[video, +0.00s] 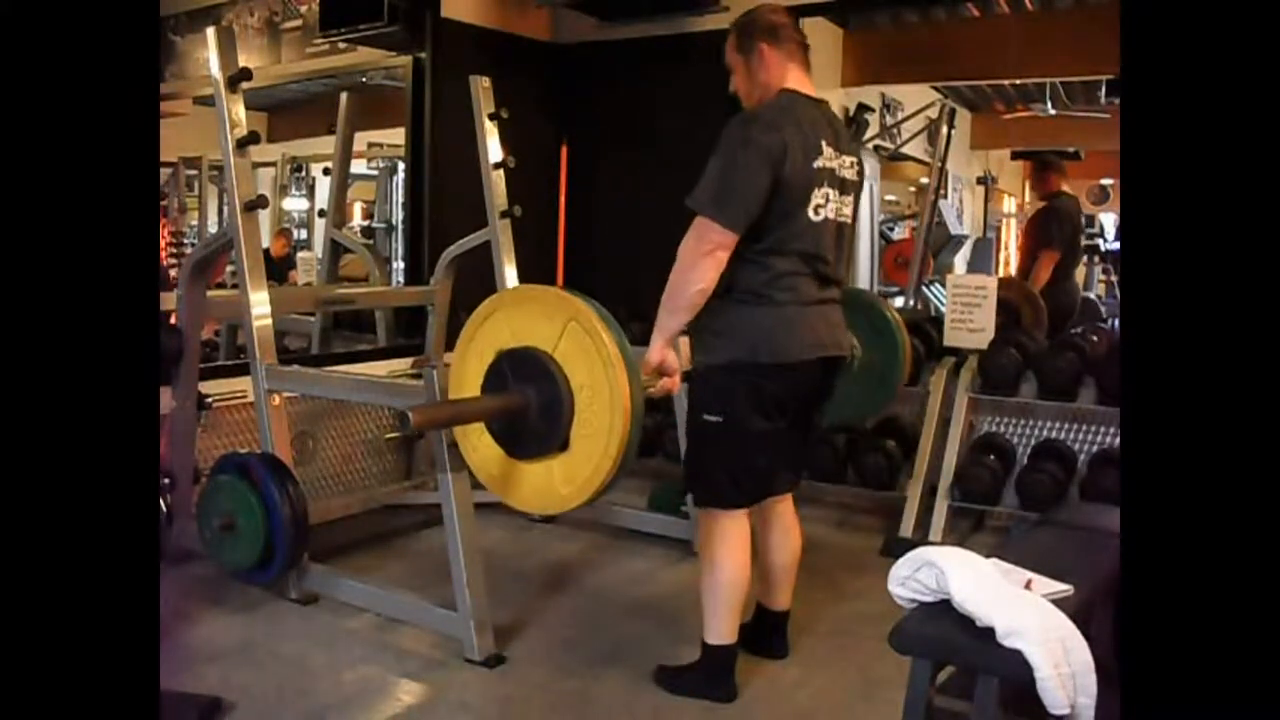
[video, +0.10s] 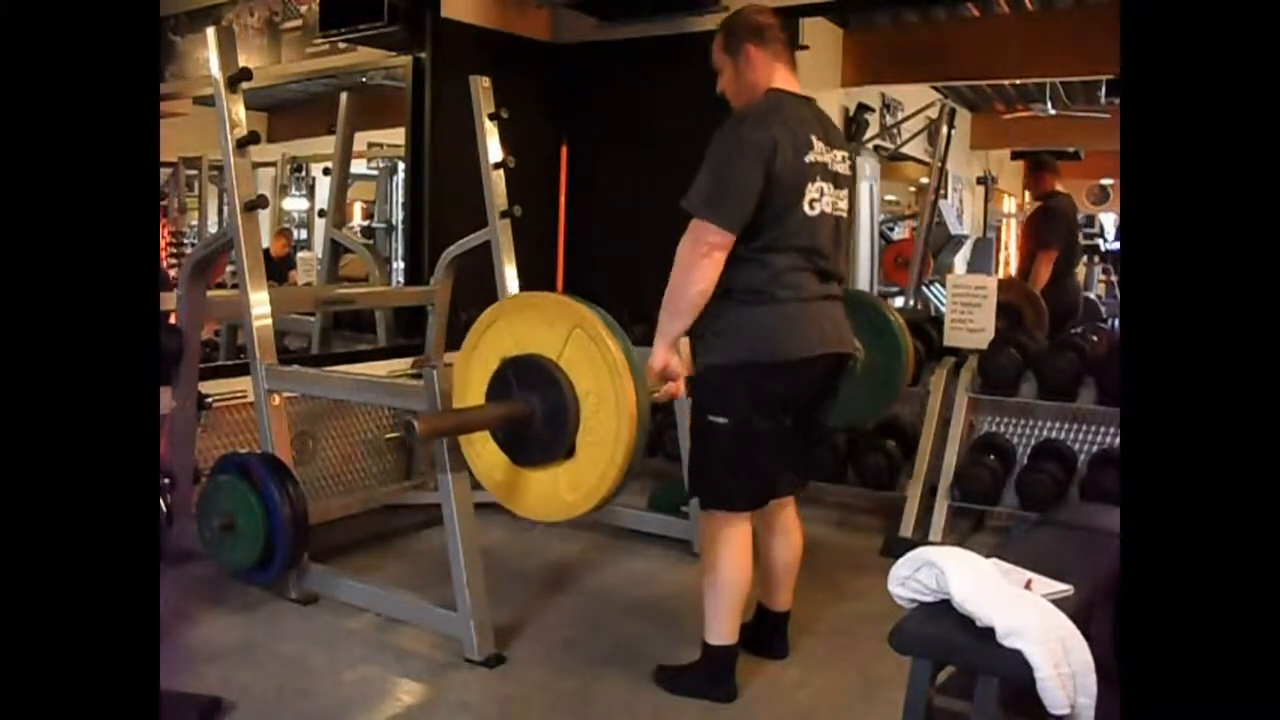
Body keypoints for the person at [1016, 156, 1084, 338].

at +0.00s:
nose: (1031, 184)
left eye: (1034, 178)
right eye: (1031, 178)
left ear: (1049, 177)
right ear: (1055, 177)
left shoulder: (1055, 210)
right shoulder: (1070, 205)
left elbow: (1048, 258)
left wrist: (1025, 297)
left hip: (1048, 294)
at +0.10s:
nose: (1024, 183)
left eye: (1028, 176)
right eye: (1025, 177)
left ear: (1043, 177)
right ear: (1048, 177)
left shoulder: (1051, 210)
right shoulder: (1065, 203)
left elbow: (1046, 259)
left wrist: (1027, 299)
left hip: (1049, 297)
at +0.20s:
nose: (1018, 187)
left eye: (1021, 180)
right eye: (1018, 181)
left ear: (1036, 178)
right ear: (1040, 178)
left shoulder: (1049, 208)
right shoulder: (1057, 204)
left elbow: (1045, 260)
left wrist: (1028, 302)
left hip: (1052, 301)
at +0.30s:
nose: (1012, 190)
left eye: (1014, 183)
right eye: (1011, 184)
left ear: (1028, 180)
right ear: (1033, 180)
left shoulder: (1045, 208)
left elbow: (1043, 259)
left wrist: (1029, 305)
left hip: (1057, 303)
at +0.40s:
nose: (1007, 194)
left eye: (1008, 187)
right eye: (1006, 188)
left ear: (1021, 183)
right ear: (1028, 181)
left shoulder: (1040, 209)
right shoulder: (1045, 207)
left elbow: (1042, 262)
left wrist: (1029, 308)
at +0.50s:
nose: (1003, 199)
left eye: (1004, 192)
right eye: (1002, 192)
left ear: (1018, 186)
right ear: (1021, 186)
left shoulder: (1038, 213)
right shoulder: (1031, 213)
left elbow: (1040, 267)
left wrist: (1028, 312)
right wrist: (1025, 310)